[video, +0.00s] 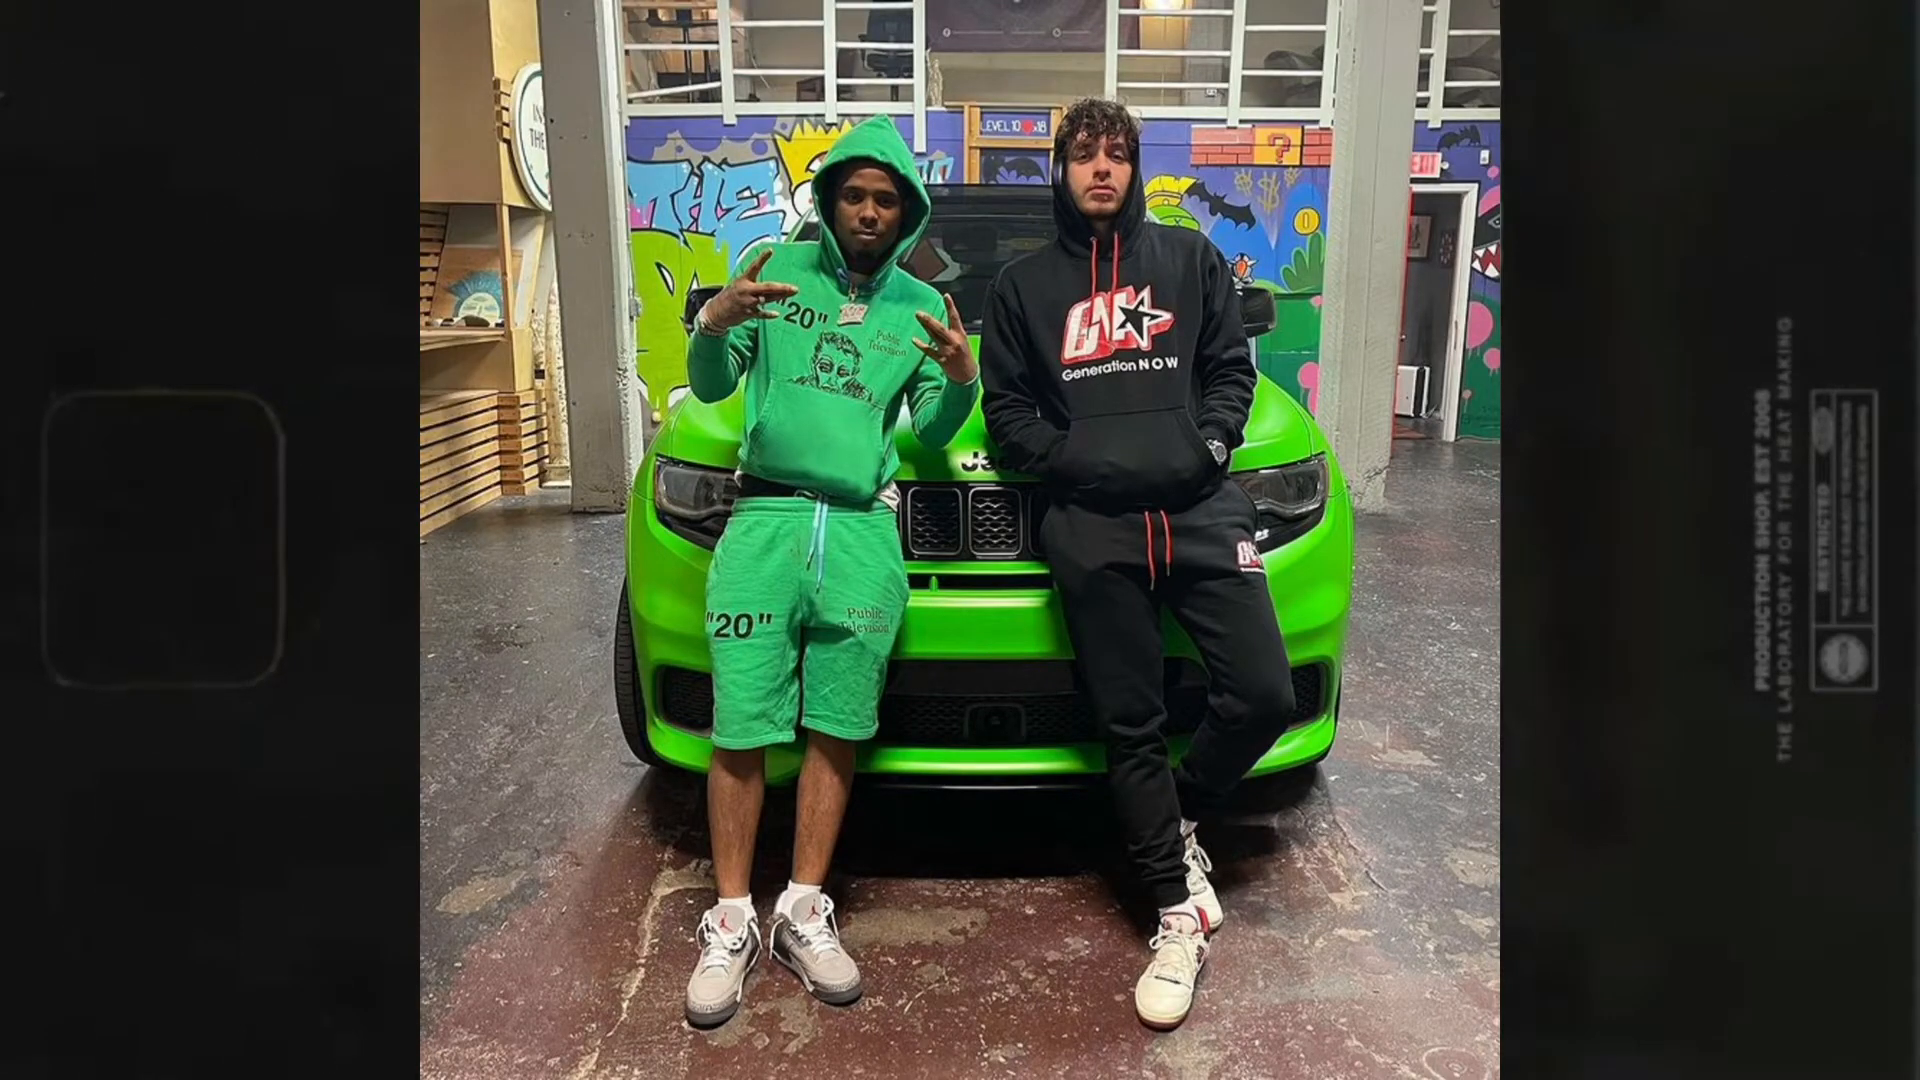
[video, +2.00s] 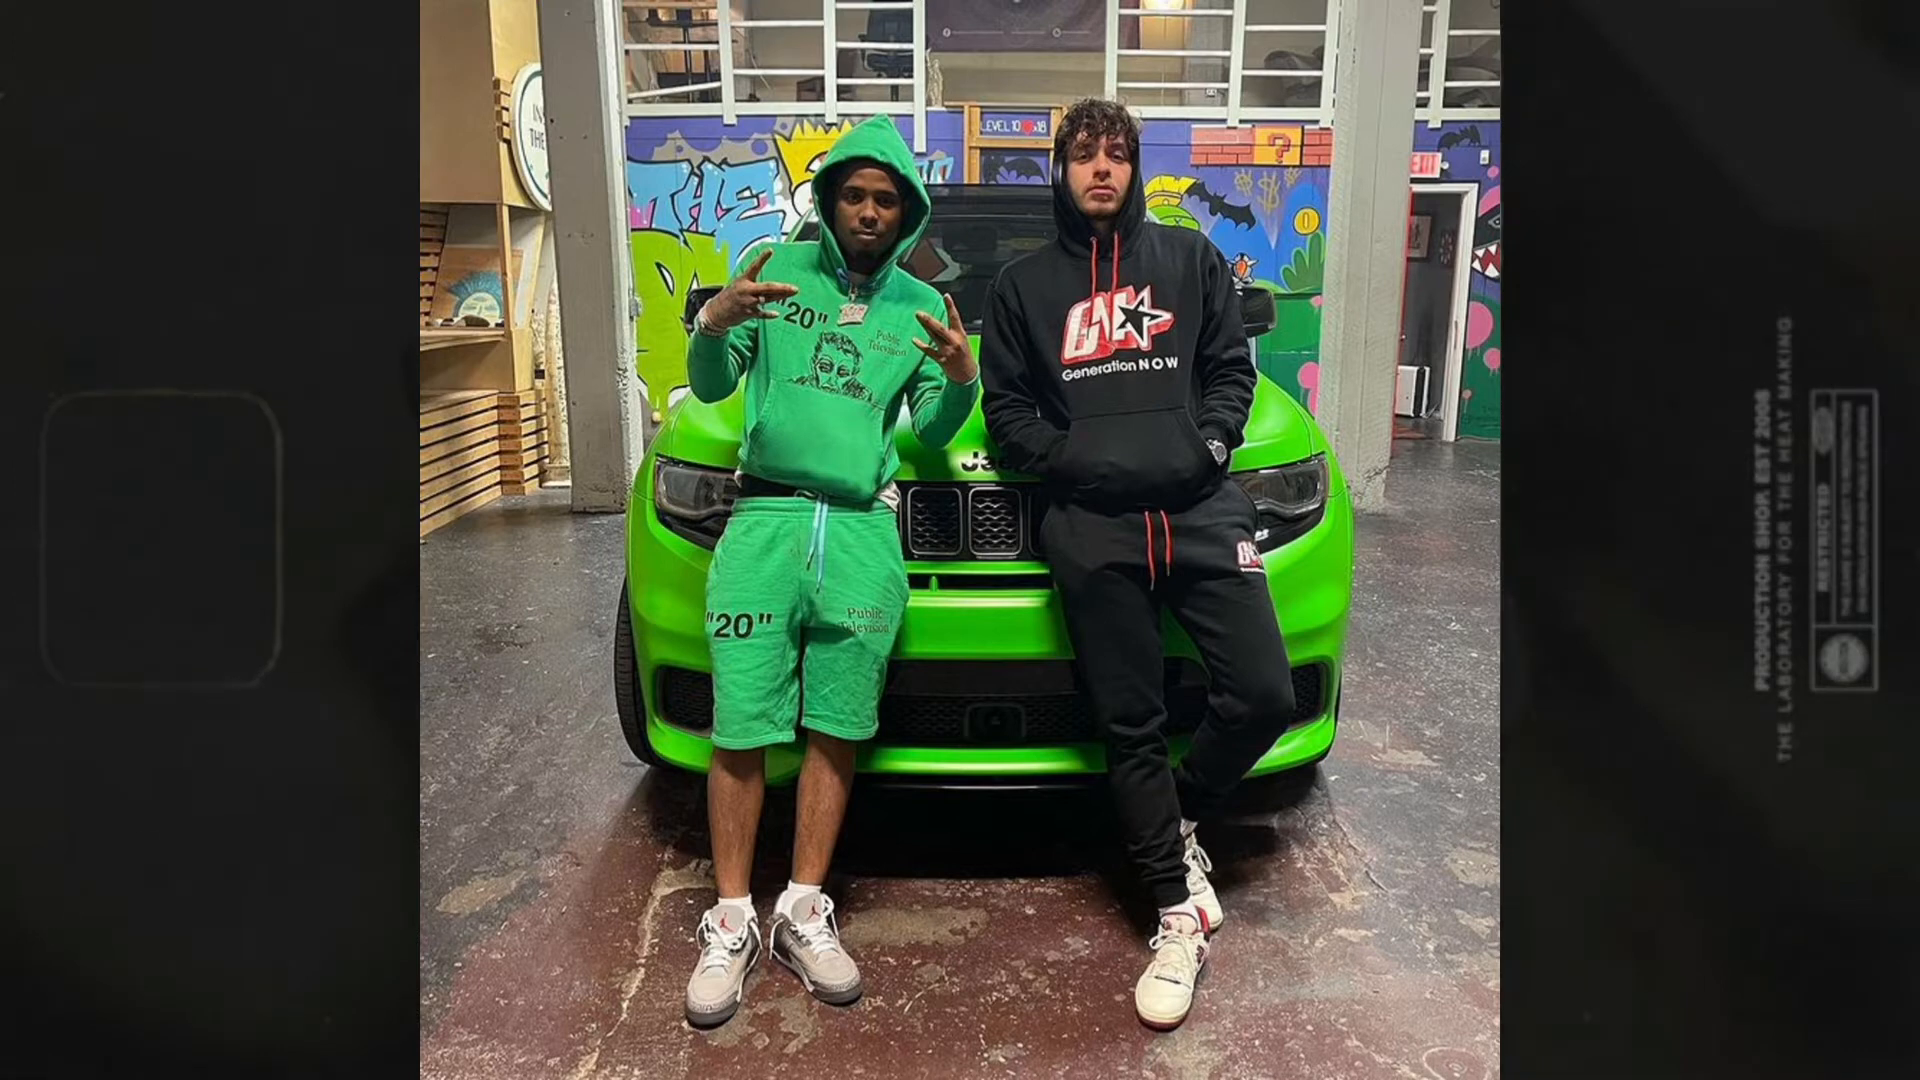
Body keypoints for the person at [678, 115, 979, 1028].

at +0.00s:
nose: (869, 213)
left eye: (885, 199)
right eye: (855, 196)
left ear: (906, 212)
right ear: (827, 202)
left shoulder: (923, 306)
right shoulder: (775, 267)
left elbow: (923, 439)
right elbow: (712, 384)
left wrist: (960, 380)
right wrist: (712, 322)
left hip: (861, 527)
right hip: (764, 516)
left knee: (838, 728)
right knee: (741, 729)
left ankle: (805, 909)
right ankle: (732, 919)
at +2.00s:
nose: (868, 212)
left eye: (885, 198)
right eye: (854, 196)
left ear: (907, 212)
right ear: (827, 202)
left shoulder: (923, 305)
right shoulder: (776, 268)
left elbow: (923, 439)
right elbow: (712, 384)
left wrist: (961, 380)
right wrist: (713, 321)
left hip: (861, 527)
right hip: (763, 517)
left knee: (838, 728)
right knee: (741, 728)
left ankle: (805, 908)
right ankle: (732, 919)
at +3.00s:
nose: (868, 212)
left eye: (885, 198)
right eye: (854, 196)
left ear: (907, 212)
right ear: (827, 202)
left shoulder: (923, 305)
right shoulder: (776, 268)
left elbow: (923, 439)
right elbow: (712, 384)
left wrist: (961, 380)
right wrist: (713, 321)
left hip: (861, 527)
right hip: (763, 517)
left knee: (838, 728)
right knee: (741, 728)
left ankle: (805, 908)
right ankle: (732, 919)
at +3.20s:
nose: (868, 212)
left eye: (885, 198)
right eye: (854, 196)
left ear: (907, 212)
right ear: (827, 202)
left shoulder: (923, 305)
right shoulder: (776, 268)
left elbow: (923, 439)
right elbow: (712, 384)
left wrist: (961, 380)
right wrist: (713, 321)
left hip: (861, 527)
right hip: (763, 517)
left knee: (838, 728)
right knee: (741, 728)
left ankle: (805, 908)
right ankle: (732, 919)